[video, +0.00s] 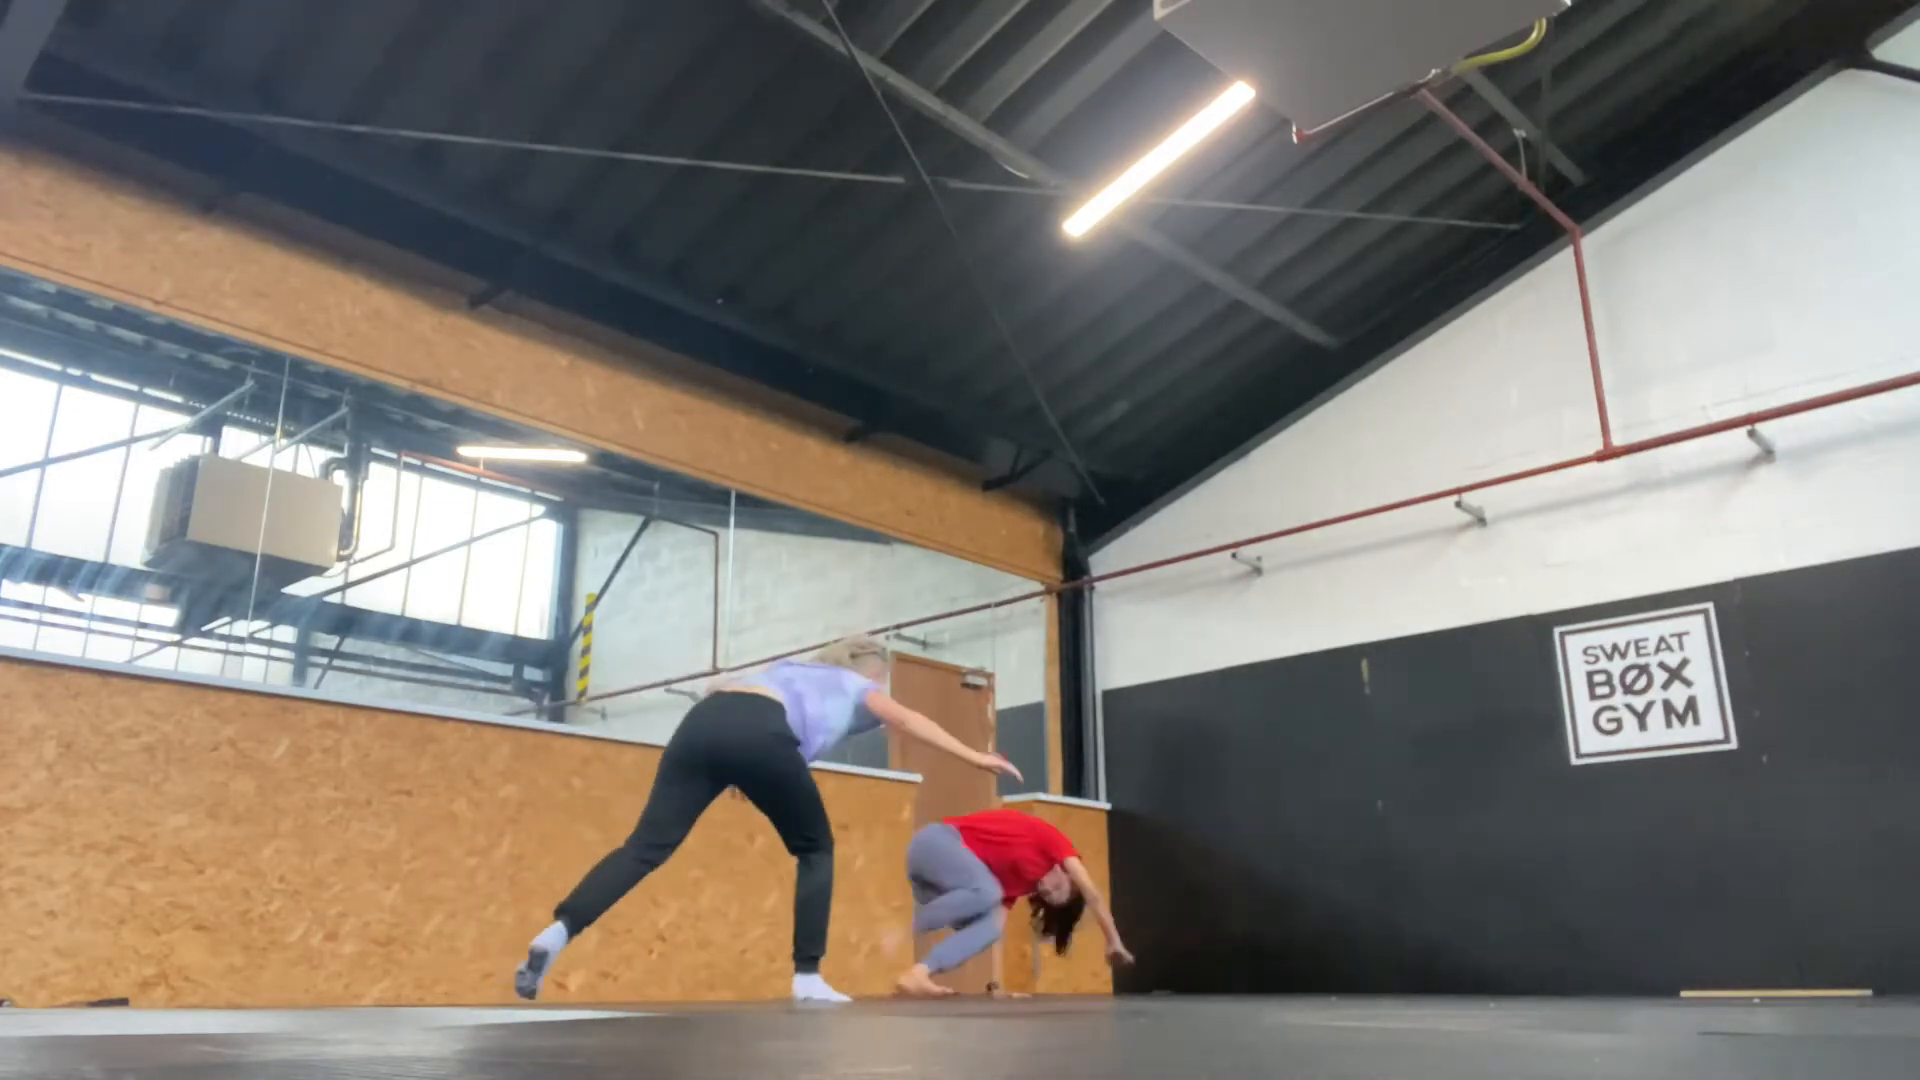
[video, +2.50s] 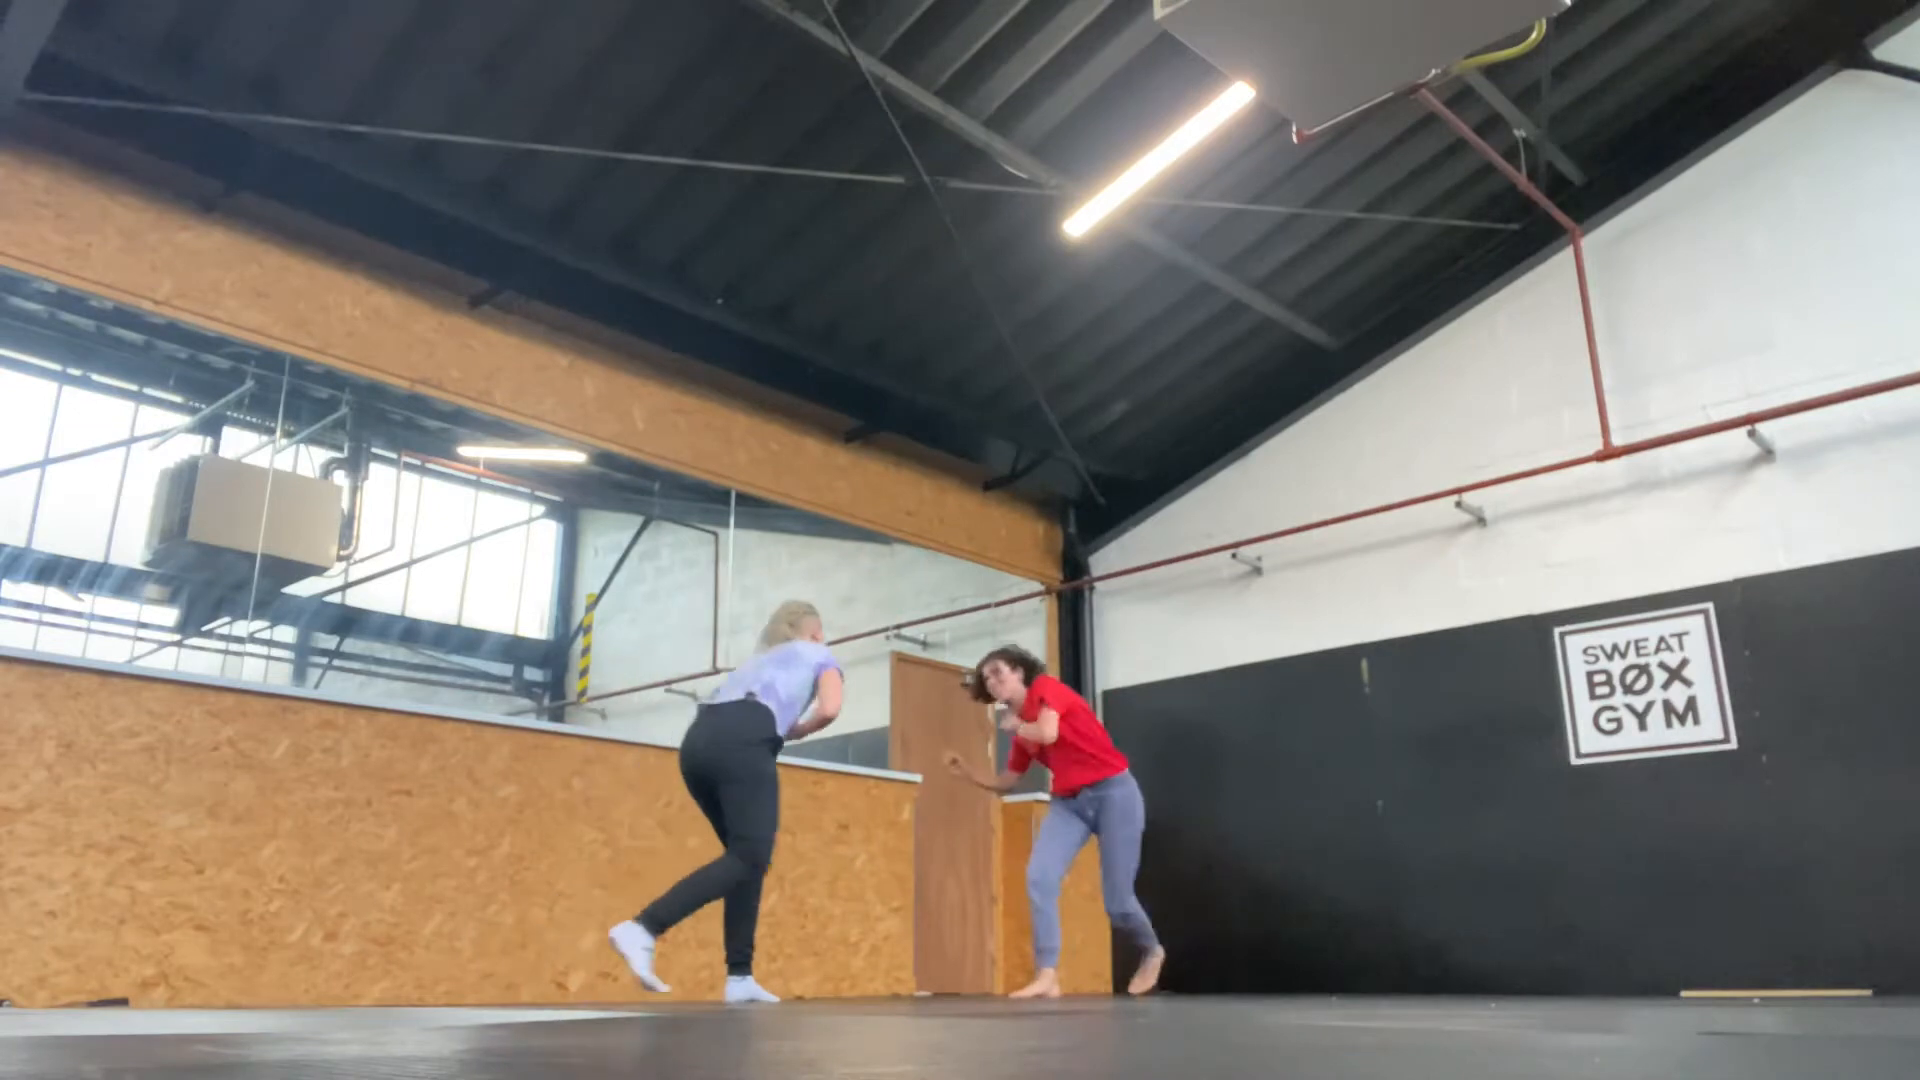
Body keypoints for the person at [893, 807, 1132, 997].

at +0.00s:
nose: (1050, 891)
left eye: (1051, 898)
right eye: (1061, 891)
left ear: (1045, 898)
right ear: (1067, 876)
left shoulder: (1014, 888)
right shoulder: (1053, 843)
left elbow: (994, 932)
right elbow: (1091, 893)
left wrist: (996, 985)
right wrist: (1114, 942)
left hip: (930, 882)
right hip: (936, 840)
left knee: (990, 928)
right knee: (985, 891)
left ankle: (919, 974)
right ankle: (901, 931)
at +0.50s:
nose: (1035, 887)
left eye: (1026, 886)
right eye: (1035, 894)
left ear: (1021, 875)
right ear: (1045, 897)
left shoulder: (1026, 844)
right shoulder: (1079, 881)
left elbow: (968, 859)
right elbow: (1104, 906)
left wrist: (981, 909)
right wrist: (1115, 970)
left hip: (1121, 792)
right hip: (1161, 807)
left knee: (1109, 903)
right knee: (1103, 900)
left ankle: (1184, 934)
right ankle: (1123, 979)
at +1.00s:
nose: (1096, 694)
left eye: (1100, 682)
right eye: (1090, 690)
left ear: (1124, 676)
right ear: (1091, 699)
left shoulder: (1168, 697)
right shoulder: (1118, 739)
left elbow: (1225, 725)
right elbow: (1149, 802)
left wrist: (1169, 745)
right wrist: (1134, 803)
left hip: (1237, 804)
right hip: (1187, 819)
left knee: (1241, 879)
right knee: (1116, 877)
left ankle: (1314, 977)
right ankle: (1134, 977)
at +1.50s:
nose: (1038, 686)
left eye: (1043, 677)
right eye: (1036, 680)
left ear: (1065, 675)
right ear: (1043, 686)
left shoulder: (1117, 698)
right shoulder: (1050, 728)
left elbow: (1181, 725)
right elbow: (1002, 750)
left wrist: (1144, 736)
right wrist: (965, 747)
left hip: (1165, 806)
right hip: (1115, 818)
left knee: (1220, 880)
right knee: (1051, 878)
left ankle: (1292, 961)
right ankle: (1056, 978)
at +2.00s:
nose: (1033, 653)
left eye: (1038, 645)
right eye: (1027, 648)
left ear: (1053, 646)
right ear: (1022, 658)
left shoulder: (1076, 672)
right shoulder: (1035, 696)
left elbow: (1055, 708)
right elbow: (1051, 745)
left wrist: (1027, 688)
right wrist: (1046, 777)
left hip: (1110, 792)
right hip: (1064, 796)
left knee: (1112, 890)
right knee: (1055, 881)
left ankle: (1117, 966)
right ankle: (1055, 973)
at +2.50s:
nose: (993, 683)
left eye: (997, 673)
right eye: (987, 680)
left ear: (1019, 671)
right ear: (990, 694)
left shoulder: (1046, 688)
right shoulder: (1021, 724)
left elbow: (1047, 732)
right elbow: (1007, 781)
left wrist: (1015, 726)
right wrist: (970, 773)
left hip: (1114, 791)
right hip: (1069, 803)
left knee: (1117, 900)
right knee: (1041, 878)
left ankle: (1152, 952)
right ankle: (1047, 977)